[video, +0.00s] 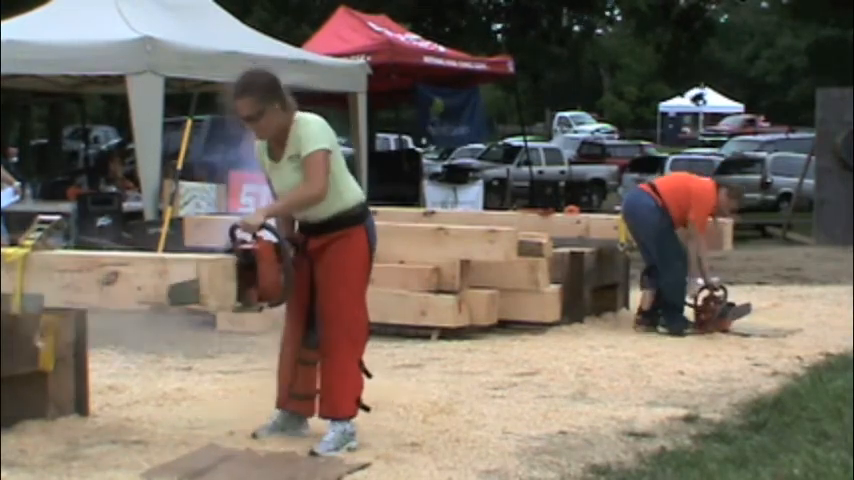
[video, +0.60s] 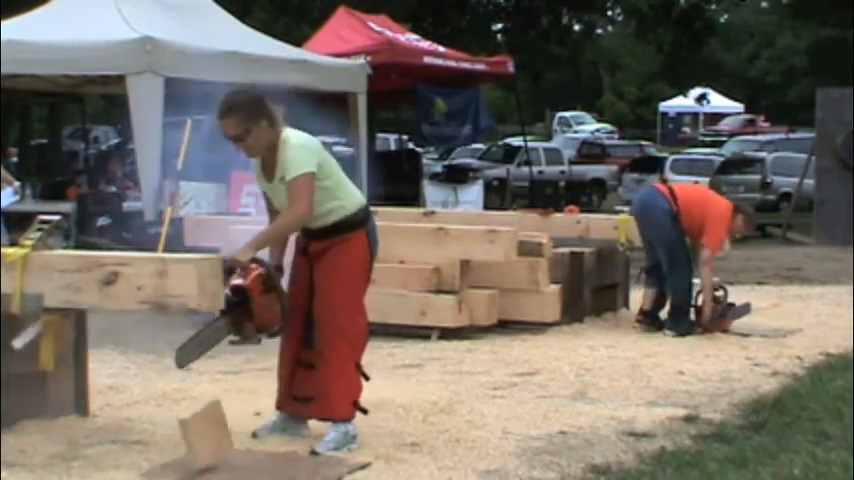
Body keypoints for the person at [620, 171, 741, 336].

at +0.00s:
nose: (729, 212)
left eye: (733, 208)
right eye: (731, 206)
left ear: (722, 191)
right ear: (724, 193)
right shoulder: (706, 193)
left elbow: (691, 240)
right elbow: (698, 241)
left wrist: (693, 278)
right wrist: (707, 278)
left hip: (635, 201)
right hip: (649, 207)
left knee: (658, 264)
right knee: (676, 262)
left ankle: (648, 314)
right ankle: (673, 320)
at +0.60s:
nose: (737, 235)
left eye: (742, 234)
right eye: (741, 231)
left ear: (737, 216)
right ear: (739, 218)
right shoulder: (721, 213)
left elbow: (698, 252)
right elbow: (705, 261)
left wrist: (708, 281)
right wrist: (707, 307)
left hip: (645, 200)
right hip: (659, 206)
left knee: (656, 264)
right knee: (681, 268)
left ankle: (647, 313)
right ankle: (679, 321)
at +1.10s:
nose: (737, 224)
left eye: (742, 222)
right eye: (741, 220)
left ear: (736, 207)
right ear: (737, 208)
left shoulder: (716, 200)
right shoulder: (718, 206)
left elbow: (699, 245)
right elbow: (698, 245)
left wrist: (707, 279)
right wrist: (698, 280)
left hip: (644, 200)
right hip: (656, 206)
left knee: (657, 264)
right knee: (675, 263)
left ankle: (647, 313)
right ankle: (678, 320)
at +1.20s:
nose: (738, 220)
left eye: (743, 218)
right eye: (741, 216)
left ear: (734, 205)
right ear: (736, 206)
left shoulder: (714, 199)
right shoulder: (717, 203)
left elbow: (699, 245)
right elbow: (698, 244)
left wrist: (707, 279)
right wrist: (696, 278)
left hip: (642, 199)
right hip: (655, 205)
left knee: (654, 264)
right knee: (674, 268)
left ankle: (644, 312)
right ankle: (678, 321)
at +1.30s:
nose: (738, 219)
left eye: (742, 216)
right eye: (740, 214)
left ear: (732, 203)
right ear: (734, 205)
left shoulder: (711, 197)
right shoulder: (715, 203)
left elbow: (692, 243)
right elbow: (699, 247)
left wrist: (701, 277)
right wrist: (707, 280)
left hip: (639, 199)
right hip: (652, 205)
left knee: (650, 265)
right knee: (674, 267)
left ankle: (637, 313)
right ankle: (679, 322)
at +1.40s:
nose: (734, 219)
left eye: (738, 215)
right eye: (736, 213)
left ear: (727, 202)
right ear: (730, 205)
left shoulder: (707, 197)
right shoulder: (712, 210)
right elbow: (696, 248)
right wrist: (708, 281)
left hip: (637, 199)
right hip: (652, 206)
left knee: (648, 266)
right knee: (674, 266)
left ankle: (636, 313)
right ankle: (678, 321)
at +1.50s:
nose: (733, 219)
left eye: (737, 215)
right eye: (735, 214)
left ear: (726, 203)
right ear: (730, 207)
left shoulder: (707, 197)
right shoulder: (714, 214)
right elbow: (697, 250)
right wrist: (708, 280)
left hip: (636, 200)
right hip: (654, 210)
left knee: (649, 266)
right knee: (678, 267)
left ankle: (636, 313)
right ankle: (678, 321)